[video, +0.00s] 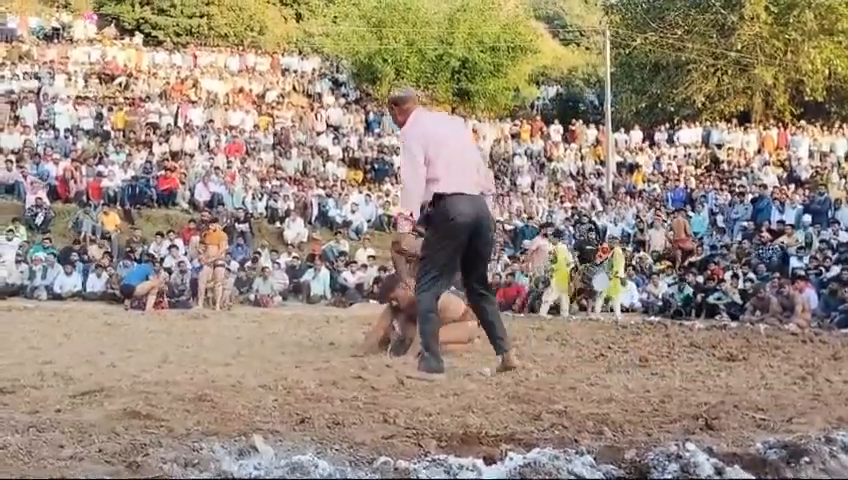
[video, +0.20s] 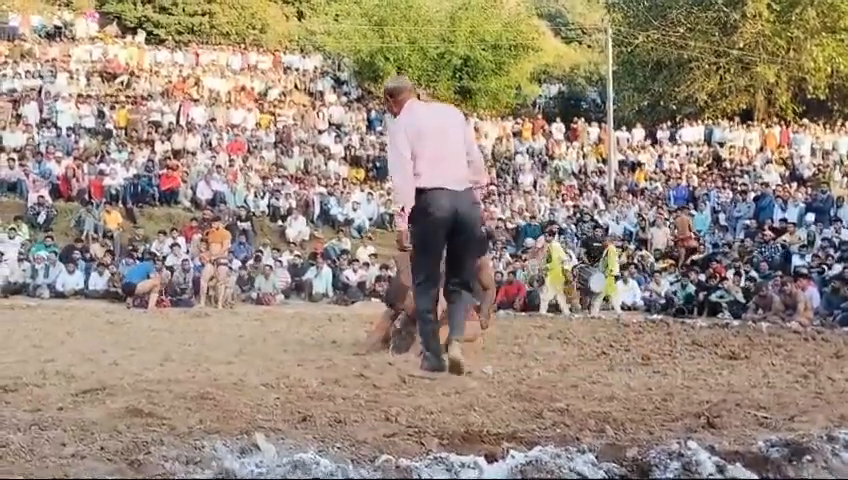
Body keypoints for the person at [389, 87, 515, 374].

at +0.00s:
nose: (394, 121)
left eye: (392, 115)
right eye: (392, 115)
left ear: (398, 108)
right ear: (416, 103)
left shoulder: (413, 130)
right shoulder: (453, 122)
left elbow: (414, 176)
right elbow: (480, 163)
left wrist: (407, 216)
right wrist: (485, 195)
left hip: (450, 206)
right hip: (480, 205)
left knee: (428, 287)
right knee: (478, 286)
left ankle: (431, 359)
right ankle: (506, 352)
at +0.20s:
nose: (389, 112)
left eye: (388, 108)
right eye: (388, 108)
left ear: (391, 101)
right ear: (415, 93)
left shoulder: (400, 124)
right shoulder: (453, 113)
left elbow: (402, 171)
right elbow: (476, 163)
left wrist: (402, 217)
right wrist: (467, 186)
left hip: (431, 200)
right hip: (467, 200)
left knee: (425, 282)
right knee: (460, 282)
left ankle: (432, 356)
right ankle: (455, 342)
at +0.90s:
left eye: (404, 71)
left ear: (402, 73)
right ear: (429, 69)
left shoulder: (390, 101)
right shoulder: (452, 96)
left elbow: (376, 151)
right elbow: (464, 148)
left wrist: (369, 197)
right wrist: (475, 195)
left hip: (403, 192)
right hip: (440, 192)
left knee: (397, 275)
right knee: (437, 281)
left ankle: (384, 354)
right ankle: (429, 362)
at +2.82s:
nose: (408, 65)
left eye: (396, 60)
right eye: (412, 60)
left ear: (386, 61)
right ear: (415, 61)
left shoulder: (364, 94)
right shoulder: (427, 92)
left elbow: (354, 146)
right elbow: (436, 148)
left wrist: (351, 190)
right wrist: (445, 199)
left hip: (373, 191)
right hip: (414, 190)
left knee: (368, 279)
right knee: (419, 277)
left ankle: (364, 365)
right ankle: (417, 365)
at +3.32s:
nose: (411, 71)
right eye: (413, 65)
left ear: (384, 66)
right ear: (413, 66)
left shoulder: (361, 97)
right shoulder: (424, 97)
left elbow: (350, 151)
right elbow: (433, 154)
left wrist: (348, 196)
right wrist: (441, 204)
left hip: (370, 194)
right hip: (410, 193)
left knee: (364, 283)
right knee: (413, 281)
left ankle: (360, 366)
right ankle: (413, 367)